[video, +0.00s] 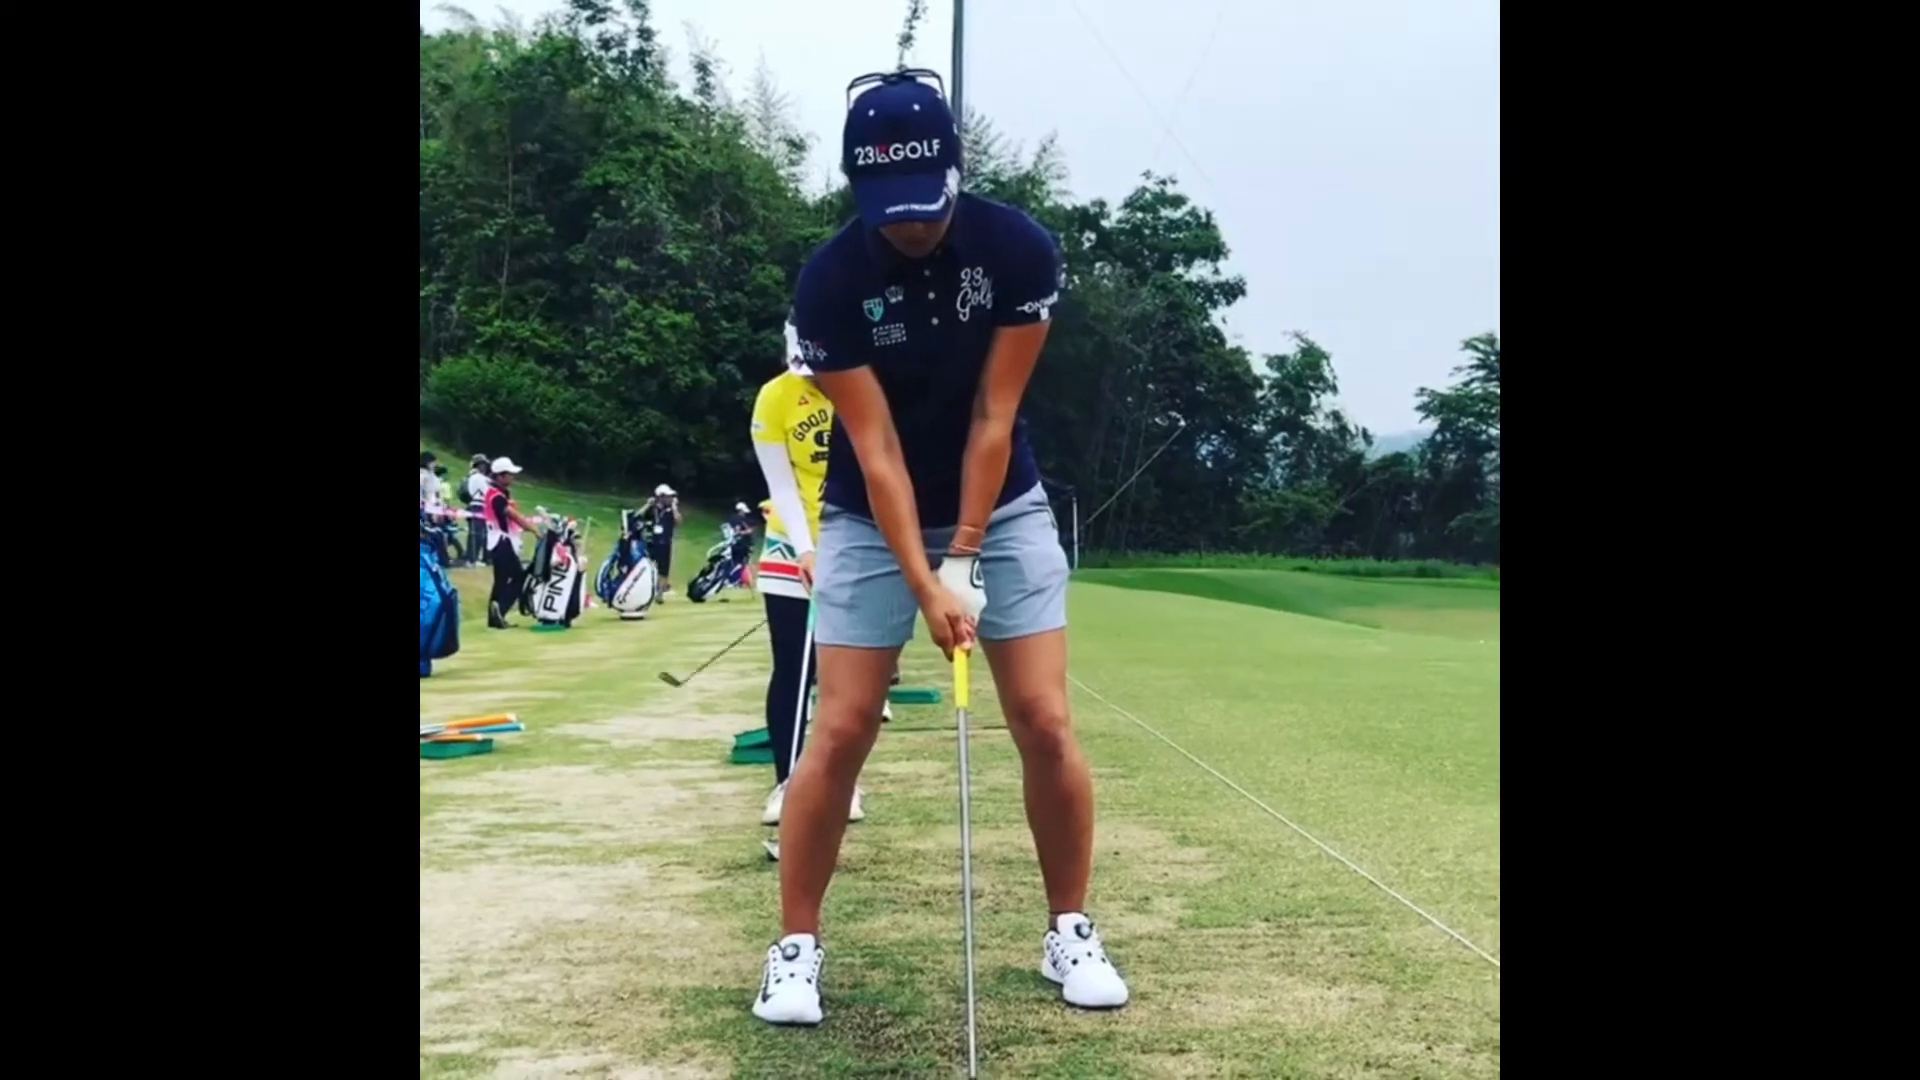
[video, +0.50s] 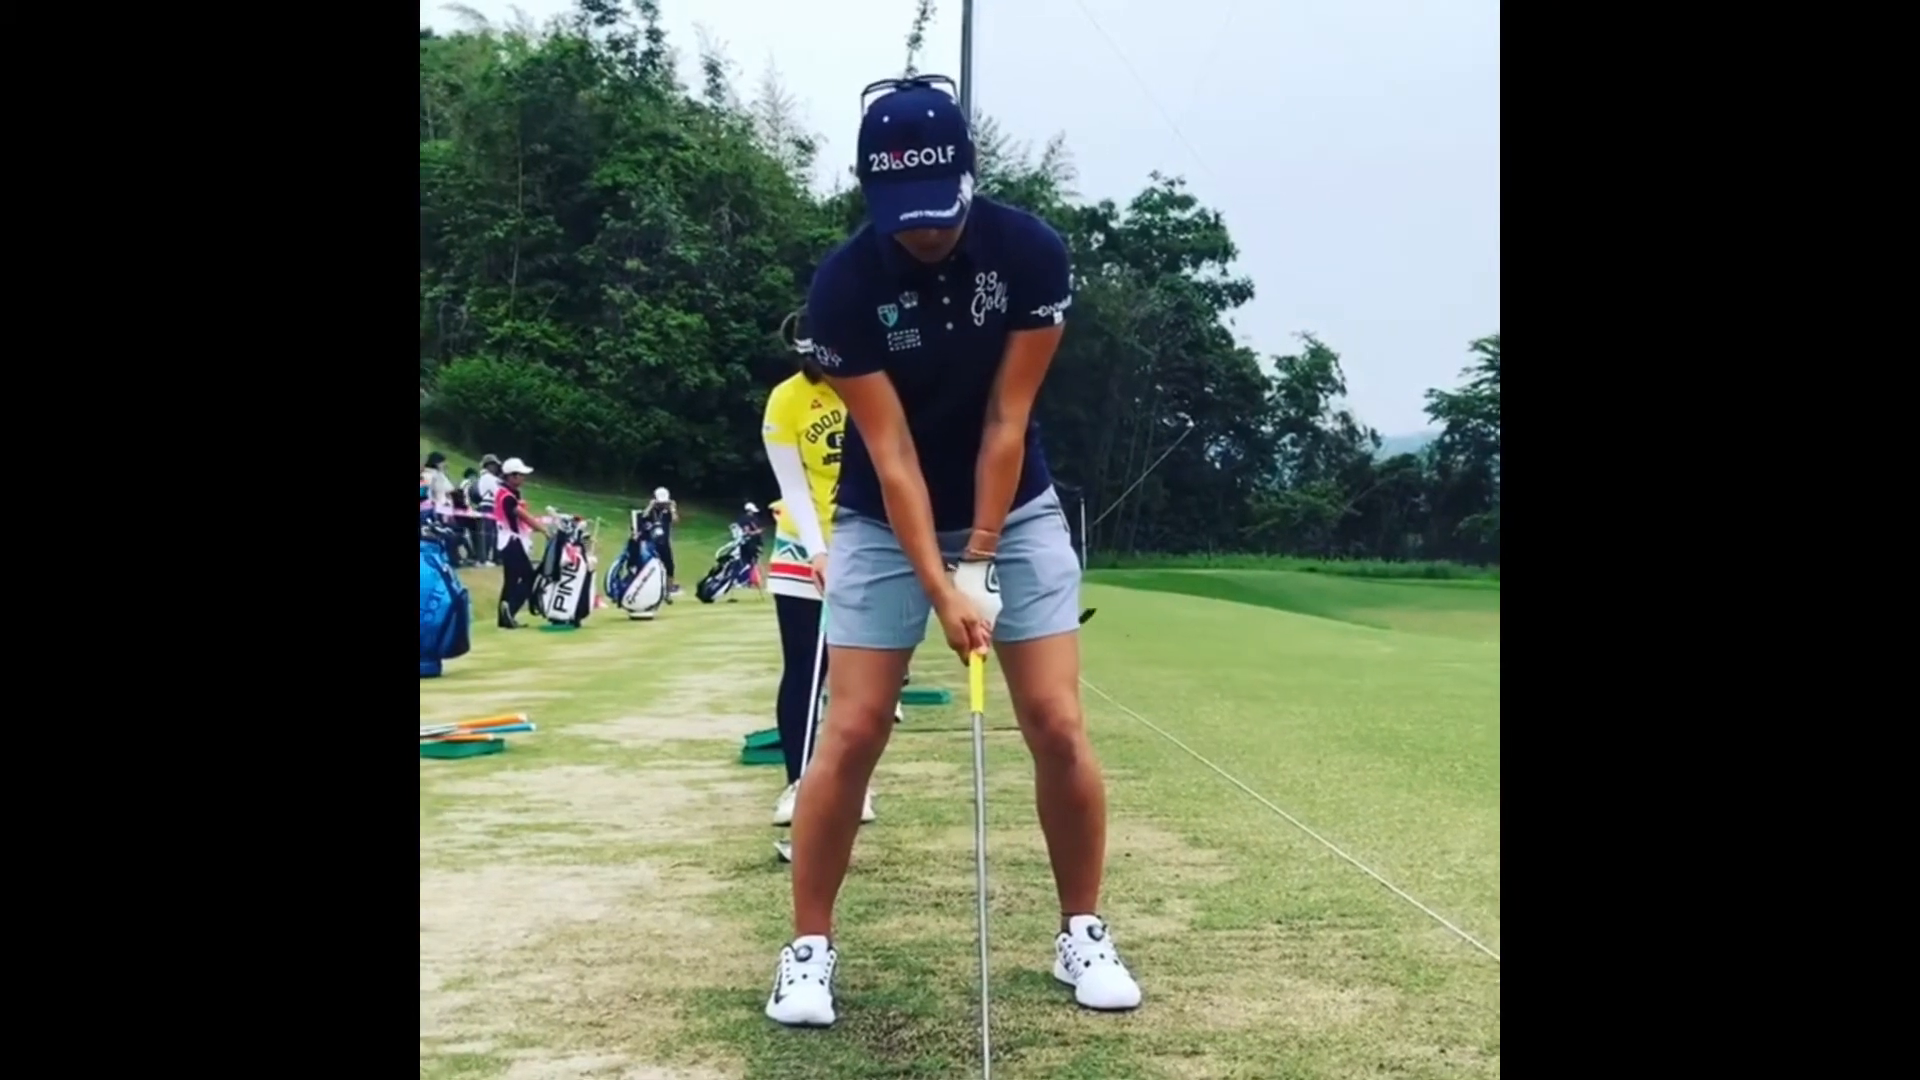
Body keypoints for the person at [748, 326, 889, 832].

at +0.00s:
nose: (810, 353)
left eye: (820, 344)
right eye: (802, 343)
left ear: (839, 343)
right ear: (791, 344)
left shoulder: (862, 396)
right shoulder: (777, 395)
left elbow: (868, 479)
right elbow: (781, 484)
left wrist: (859, 547)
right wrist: (804, 546)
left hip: (849, 555)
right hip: (789, 556)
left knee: (855, 684)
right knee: (793, 674)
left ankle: (847, 776)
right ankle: (789, 781)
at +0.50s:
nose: (824, 361)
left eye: (832, 350)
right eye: (816, 351)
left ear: (849, 346)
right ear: (804, 350)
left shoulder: (872, 394)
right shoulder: (787, 399)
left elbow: (883, 479)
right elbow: (792, 485)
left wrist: (872, 547)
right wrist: (816, 548)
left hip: (861, 557)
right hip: (801, 558)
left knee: (867, 683)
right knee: (805, 674)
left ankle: (858, 780)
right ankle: (800, 781)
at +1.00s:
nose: (848, 354)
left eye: (856, 344)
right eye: (839, 343)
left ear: (878, 344)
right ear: (829, 346)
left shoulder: (891, 399)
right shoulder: (805, 402)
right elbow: (806, 490)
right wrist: (827, 554)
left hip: (870, 568)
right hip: (811, 570)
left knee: (874, 692)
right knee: (815, 682)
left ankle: (864, 786)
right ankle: (810, 790)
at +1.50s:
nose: (836, 385)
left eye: (845, 377)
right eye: (825, 377)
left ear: (861, 372)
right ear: (808, 372)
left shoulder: (880, 402)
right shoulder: (786, 415)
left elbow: (893, 486)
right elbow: (794, 503)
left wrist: (859, 563)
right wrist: (810, 570)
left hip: (867, 555)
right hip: (800, 558)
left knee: (874, 692)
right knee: (789, 684)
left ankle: (876, 794)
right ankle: (768, 799)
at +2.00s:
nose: (830, 405)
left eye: (841, 394)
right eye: (820, 393)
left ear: (860, 376)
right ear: (805, 376)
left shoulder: (891, 416)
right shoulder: (785, 428)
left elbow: (885, 503)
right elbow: (792, 514)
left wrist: (845, 568)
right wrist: (803, 579)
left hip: (870, 570)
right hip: (798, 568)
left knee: (872, 698)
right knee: (780, 690)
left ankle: (886, 810)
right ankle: (754, 807)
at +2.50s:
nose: (794, 414)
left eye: (805, 403)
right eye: (785, 402)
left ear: (825, 388)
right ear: (769, 387)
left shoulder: (856, 424)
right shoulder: (747, 437)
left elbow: (843, 506)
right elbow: (759, 523)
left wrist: (807, 578)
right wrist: (769, 587)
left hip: (833, 575)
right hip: (758, 574)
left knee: (840, 696)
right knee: (747, 695)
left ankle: (859, 810)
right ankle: (722, 814)